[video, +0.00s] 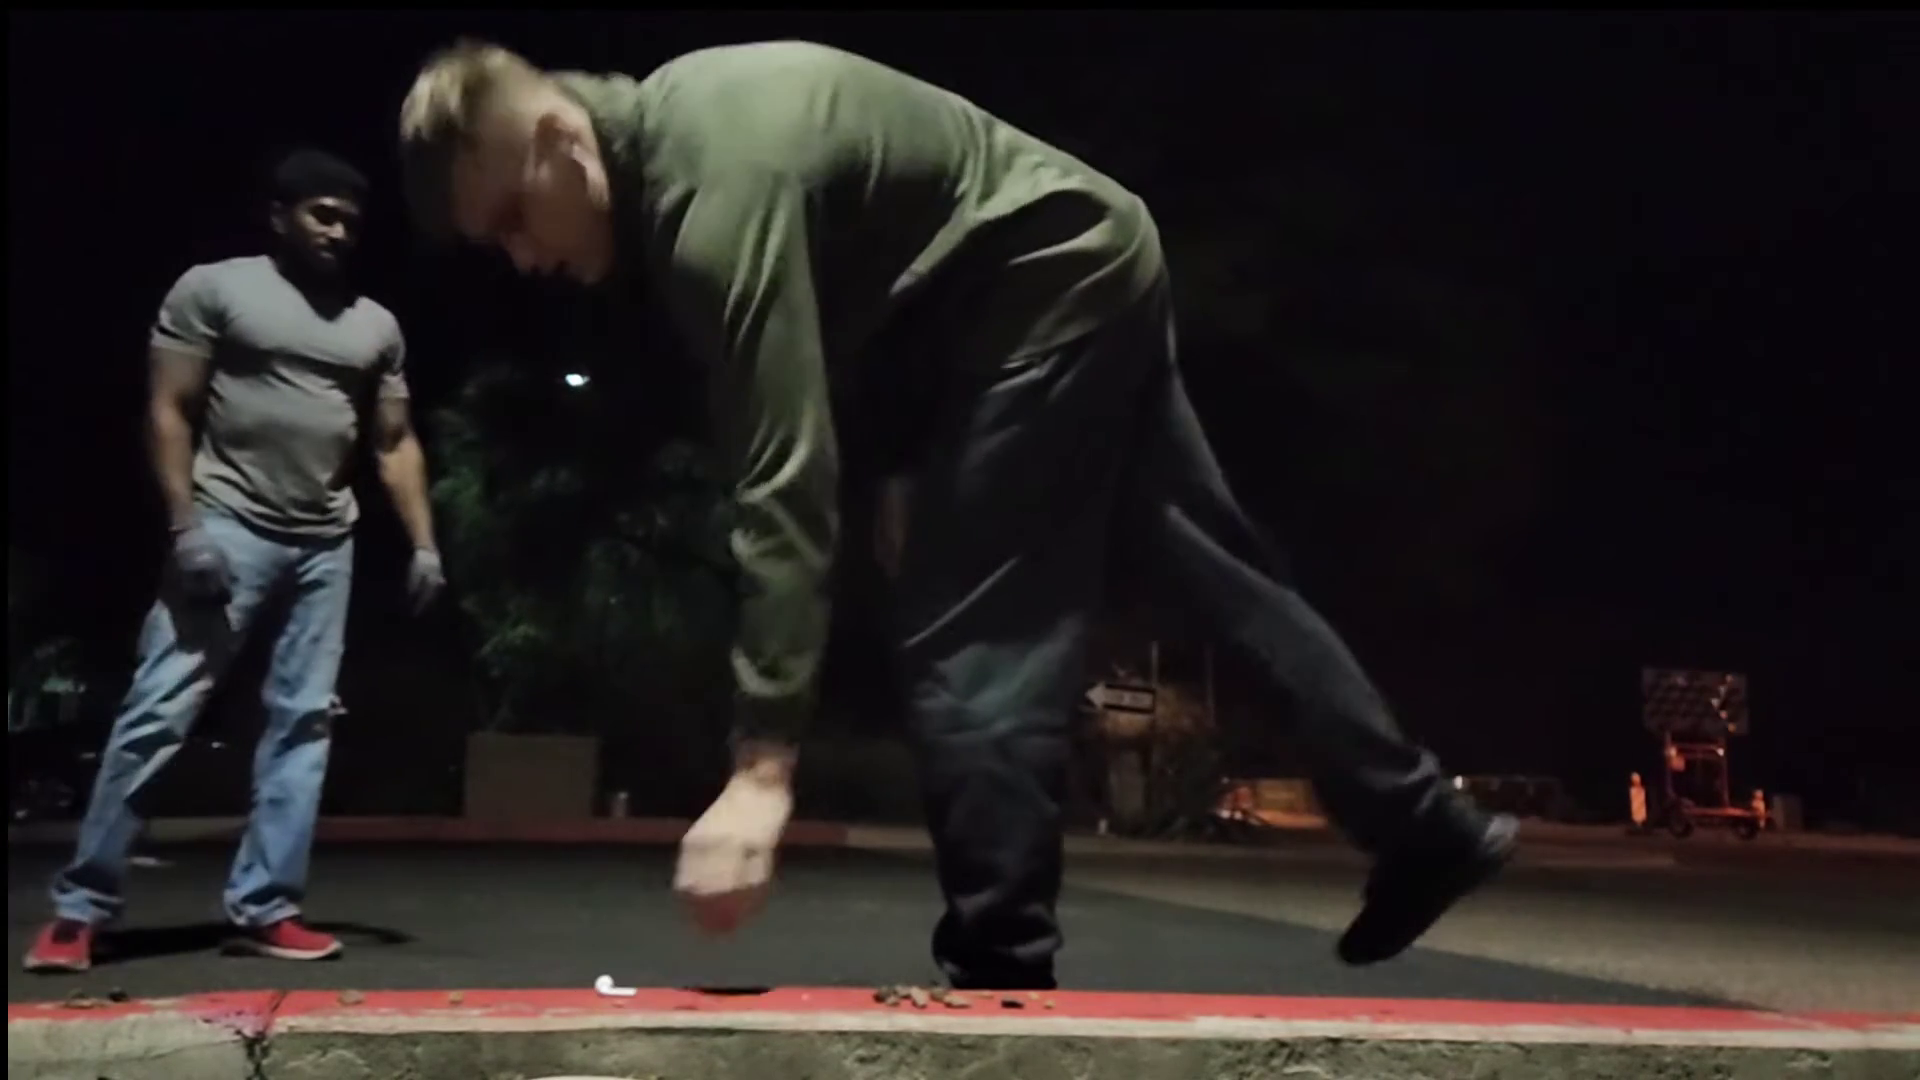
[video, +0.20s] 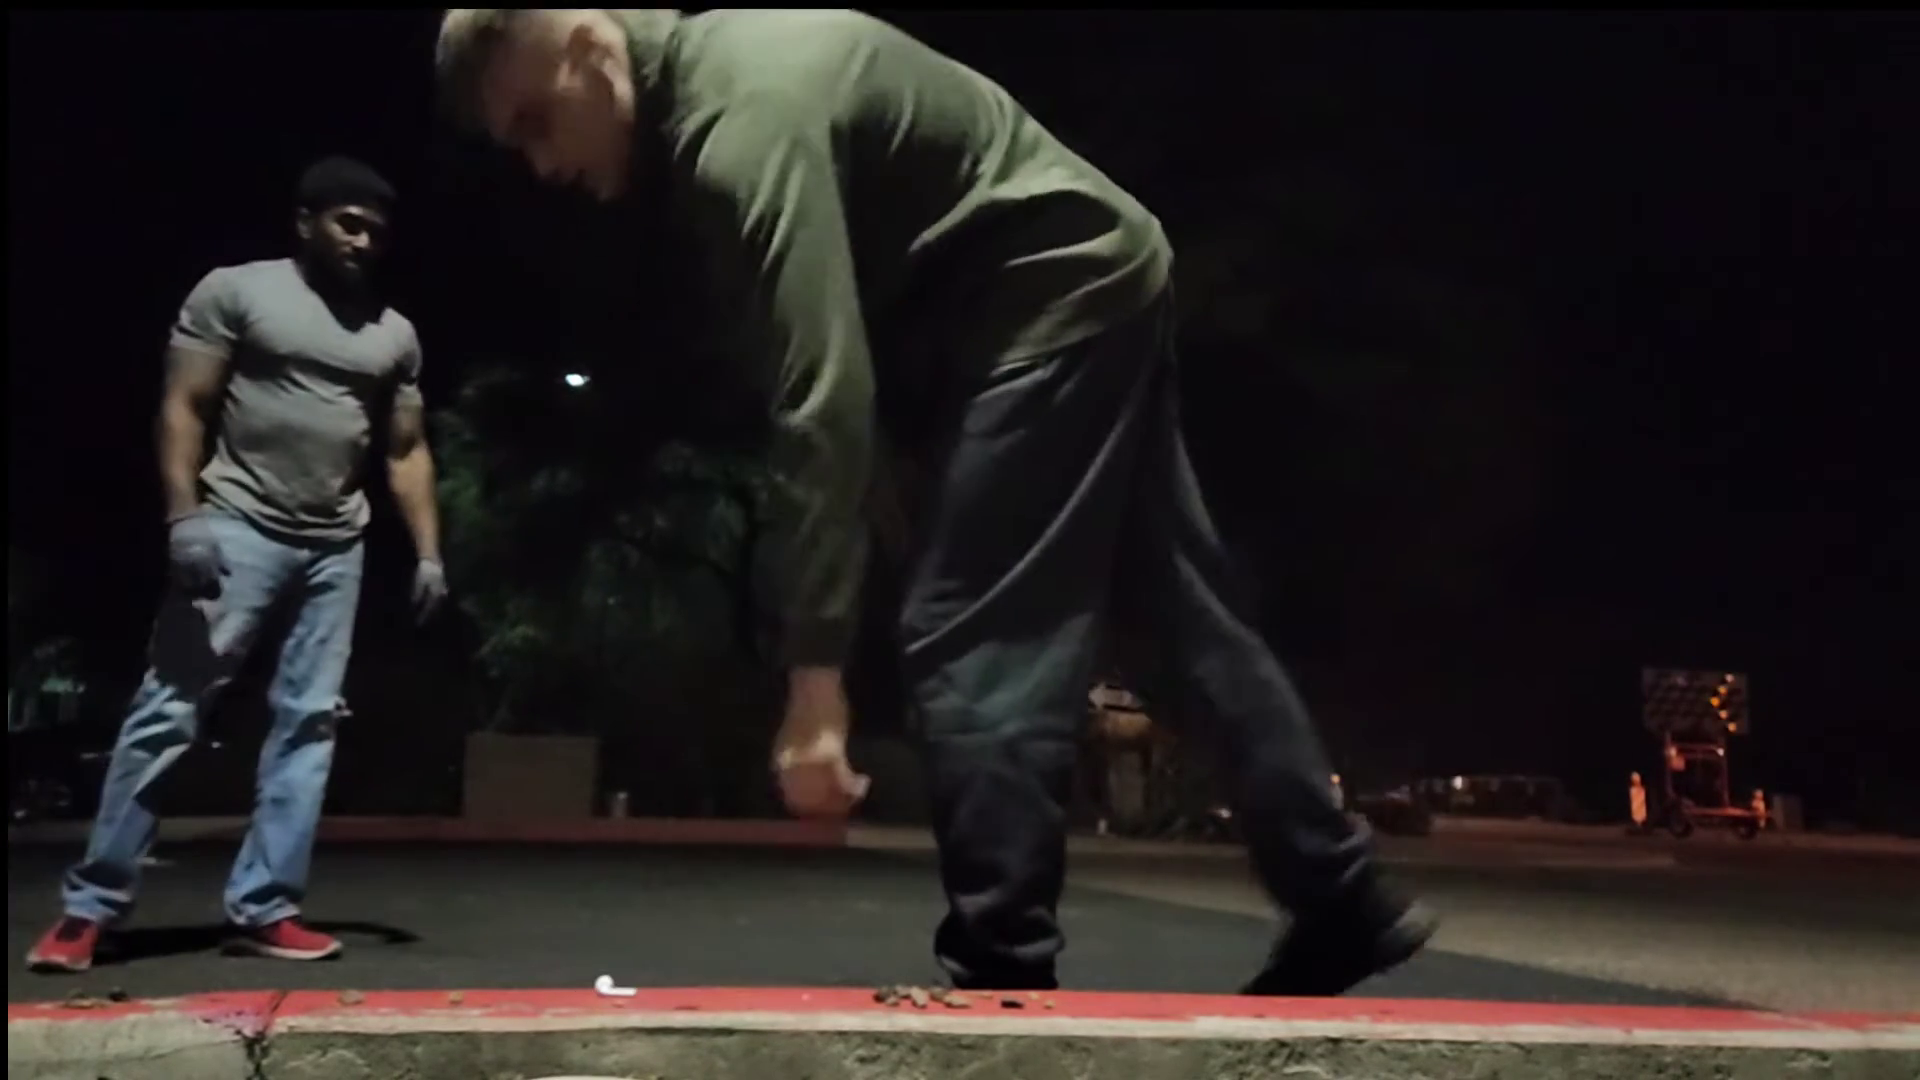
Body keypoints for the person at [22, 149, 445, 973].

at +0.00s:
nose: (338, 235)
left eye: (350, 223)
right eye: (324, 218)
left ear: (361, 232)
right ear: (280, 216)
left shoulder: (375, 329)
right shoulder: (213, 291)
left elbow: (396, 441)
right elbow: (170, 408)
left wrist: (423, 540)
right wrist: (186, 523)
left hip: (326, 544)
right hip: (227, 528)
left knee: (306, 717)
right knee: (160, 712)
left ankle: (265, 906)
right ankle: (83, 907)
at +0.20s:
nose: (363, 243)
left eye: (375, 232)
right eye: (350, 226)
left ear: (382, 240)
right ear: (306, 221)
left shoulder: (393, 337)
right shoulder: (235, 294)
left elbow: (408, 447)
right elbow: (183, 405)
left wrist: (428, 550)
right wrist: (184, 516)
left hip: (335, 546)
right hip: (238, 530)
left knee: (312, 717)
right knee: (172, 708)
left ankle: (264, 907)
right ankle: (92, 906)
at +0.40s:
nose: (377, 249)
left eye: (389, 238)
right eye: (363, 231)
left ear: (399, 247)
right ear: (322, 226)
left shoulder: (400, 345)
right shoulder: (247, 296)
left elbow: (407, 455)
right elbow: (189, 403)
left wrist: (419, 554)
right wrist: (182, 511)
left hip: (337, 549)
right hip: (240, 529)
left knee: (312, 718)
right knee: (180, 707)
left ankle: (264, 907)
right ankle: (105, 904)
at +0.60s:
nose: (375, 243)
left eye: (388, 234)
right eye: (363, 226)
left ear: (397, 246)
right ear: (322, 222)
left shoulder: (397, 345)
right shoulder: (245, 293)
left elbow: (418, 450)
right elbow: (179, 391)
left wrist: (467, 530)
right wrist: (157, 467)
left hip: (331, 546)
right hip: (234, 524)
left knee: (308, 717)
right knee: (187, 711)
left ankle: (264, 905)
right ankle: (149, 906)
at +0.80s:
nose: (361, 250)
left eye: (373, 238)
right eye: (347, 232)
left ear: (384, 243)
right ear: (304, 224)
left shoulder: (384, 333)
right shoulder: (231, 288)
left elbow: (382, 440)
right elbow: (201, 400)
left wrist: (449, 492)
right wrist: (264, 450)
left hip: (322, 544)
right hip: (229, 533)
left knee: (301, 717)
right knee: (195, 712)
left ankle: (269, 907)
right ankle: (167, 913)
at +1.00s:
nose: (356, 270)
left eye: (368, 255)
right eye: (341, 251)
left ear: (378, 251)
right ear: (298, 234)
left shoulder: (372, 327)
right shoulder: (220, 288)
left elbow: (380, 443)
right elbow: (195, 407)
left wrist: (346, 450)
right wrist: (290, 451)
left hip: (296, 551)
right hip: (201, 542)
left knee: (293, 715)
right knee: (178, 715)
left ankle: (267, 908)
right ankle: (164, 913)